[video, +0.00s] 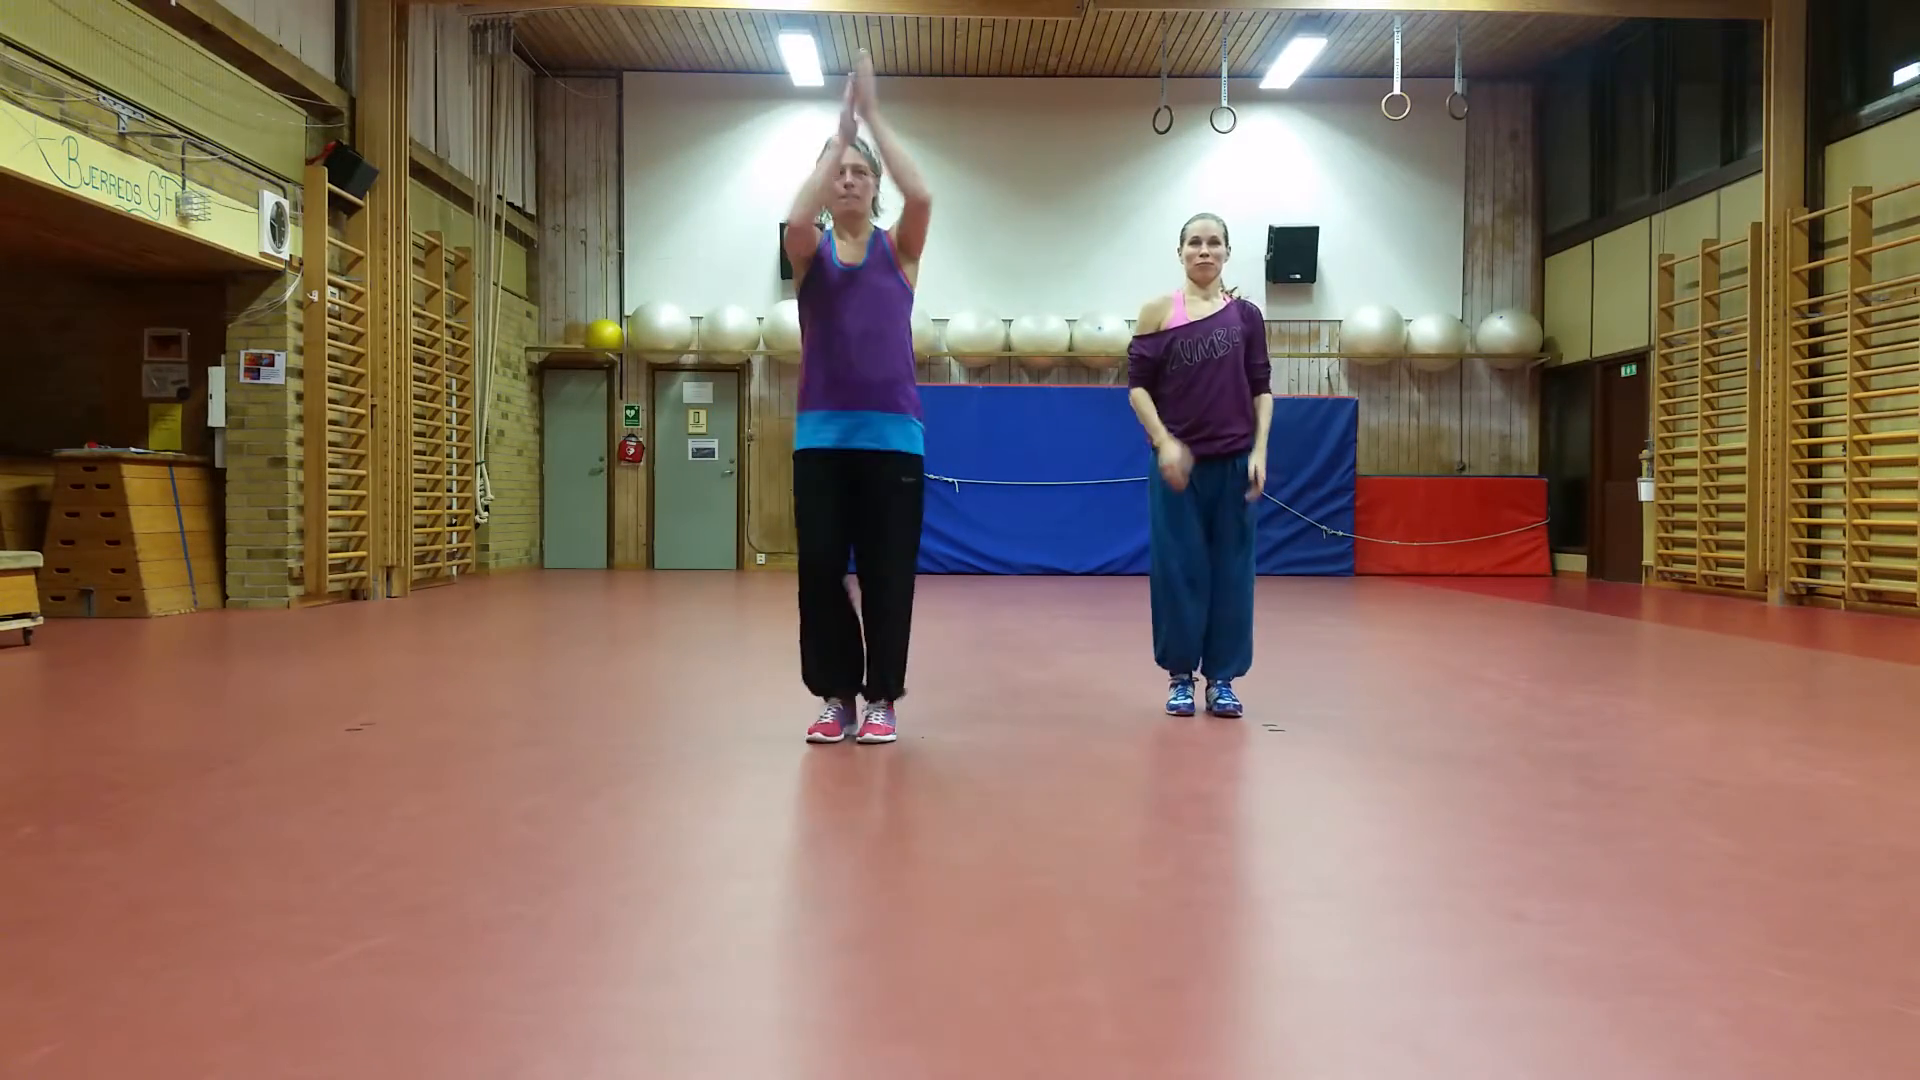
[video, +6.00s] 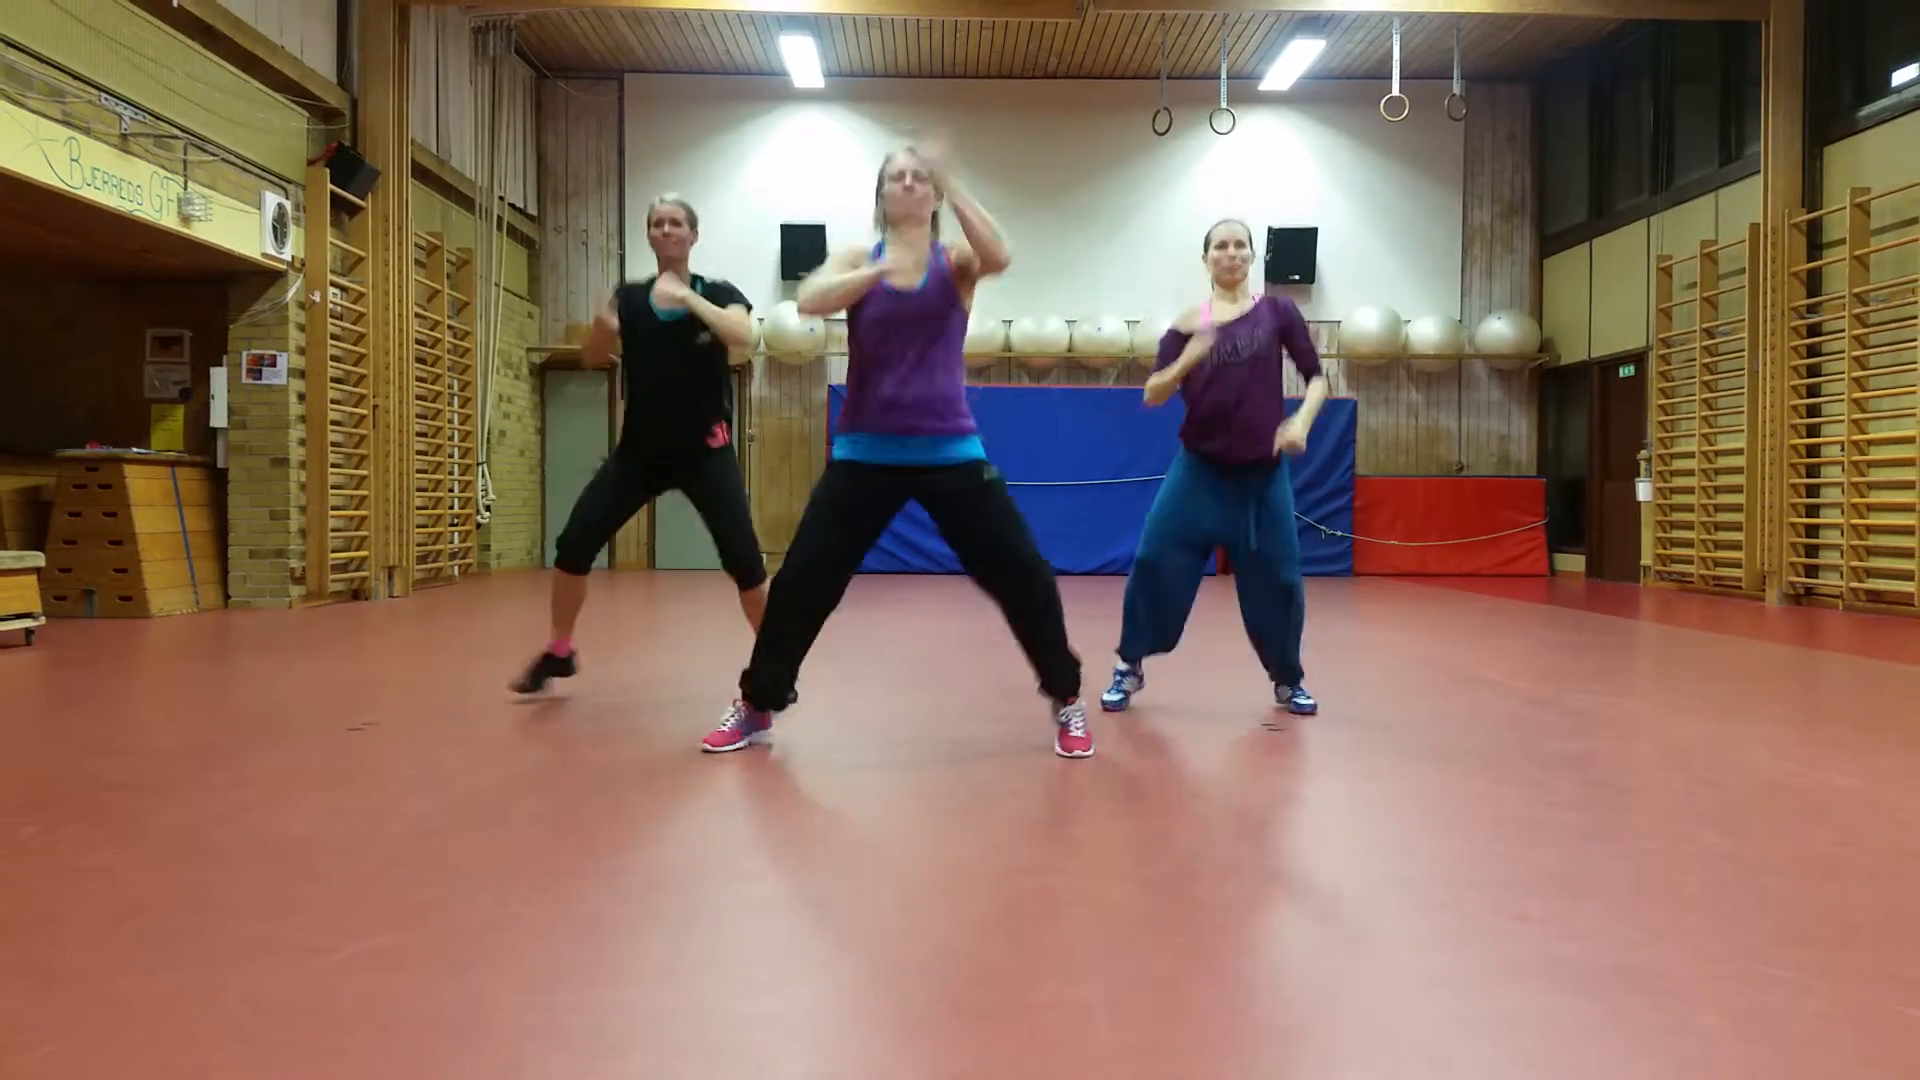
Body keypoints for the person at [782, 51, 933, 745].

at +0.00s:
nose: (849, 176)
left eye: (860, 169)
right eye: (839, 168)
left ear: (877, 187)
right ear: (824, 185)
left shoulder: (898, 248)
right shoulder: (810, 251)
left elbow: (919, 198)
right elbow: (797, 221)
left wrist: (874, 117)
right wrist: (839, 130)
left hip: (892, 431)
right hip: (823, 431)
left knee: (887, 571)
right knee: (819, 570)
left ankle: (882, 700)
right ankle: (838, 698)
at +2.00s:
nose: (873, 173)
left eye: (885, 167)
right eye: (862, 166)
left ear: (904, 185)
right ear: (849, 185)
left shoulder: (928, 249)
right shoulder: (835, 250)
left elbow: (952, 168)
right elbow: (805, 181)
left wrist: (896, 102)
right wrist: (861, 106)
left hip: (913, 440)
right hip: (840, 437)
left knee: (914, 580)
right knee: (840, 578)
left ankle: (891, 701)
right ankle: (846, 703)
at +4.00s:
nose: (889, 170)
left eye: (902, 162)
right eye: (877, 163)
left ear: (921, 182)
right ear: (864, 184)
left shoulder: (947, 249)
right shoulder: (847, 250)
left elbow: (989, 210)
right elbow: (799, 234)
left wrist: (929, 145)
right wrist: (849, 157)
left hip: (941, 442)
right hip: (864, 443)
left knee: (940, 584)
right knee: (847, 575)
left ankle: (939, 711)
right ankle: (879, 709)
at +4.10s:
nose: (890, 157)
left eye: (902, 149)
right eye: (879, 150)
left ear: (922, 168)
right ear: (865, 170)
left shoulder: (948, 234)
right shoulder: (846, 238)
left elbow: (1015, 236)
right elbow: (772, 266)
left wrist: (947, 180)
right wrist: (807, 196)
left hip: (939, 426)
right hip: (863, 424)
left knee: (943, 573)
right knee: (831, 560)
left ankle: (939, 708)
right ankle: (861, 693)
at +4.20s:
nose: (885, 144)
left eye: (897, 136)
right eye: (874, 136)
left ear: (918, 154)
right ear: (860, 156)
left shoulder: (947, 219)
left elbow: (1020, 269)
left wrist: (982, 240)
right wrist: (777, 251)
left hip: (934, 413)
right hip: (858, 409)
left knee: (933, 565)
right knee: (832, 551)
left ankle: (935, 703)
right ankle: (844, 689)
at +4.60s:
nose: (890, 163)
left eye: (901, 154)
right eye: (879, 156)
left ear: (923, 168)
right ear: (864, 173)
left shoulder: (948, 229)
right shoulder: (843, 235)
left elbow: (997, 260)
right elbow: (771, 259)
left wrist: (924, 226)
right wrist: (849, 282)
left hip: (946, 423)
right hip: (864, 424)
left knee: (1004, 551)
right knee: (790, 539)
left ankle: (1043, 683)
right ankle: (775, 678)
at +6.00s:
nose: (908, 184)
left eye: (919, 178)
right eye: (897, 177)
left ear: (936, 196)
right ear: (879, 194)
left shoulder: (954, 261)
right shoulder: (855, 257)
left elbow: (996, 257)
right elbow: (810, 300)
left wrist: (949, 183)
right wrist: (879, 271)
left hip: (951, 451)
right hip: (866, 452)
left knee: (1023, 573)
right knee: (802, 579)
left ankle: (1068, 701)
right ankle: (756, 708)